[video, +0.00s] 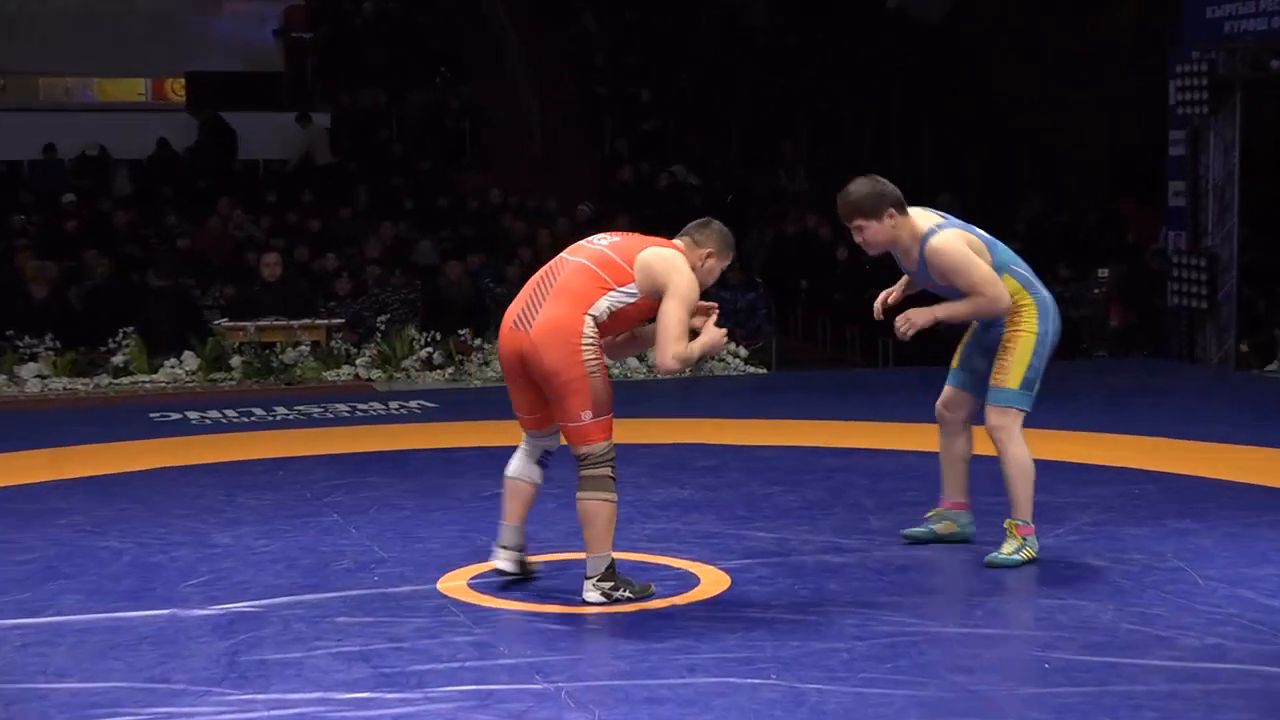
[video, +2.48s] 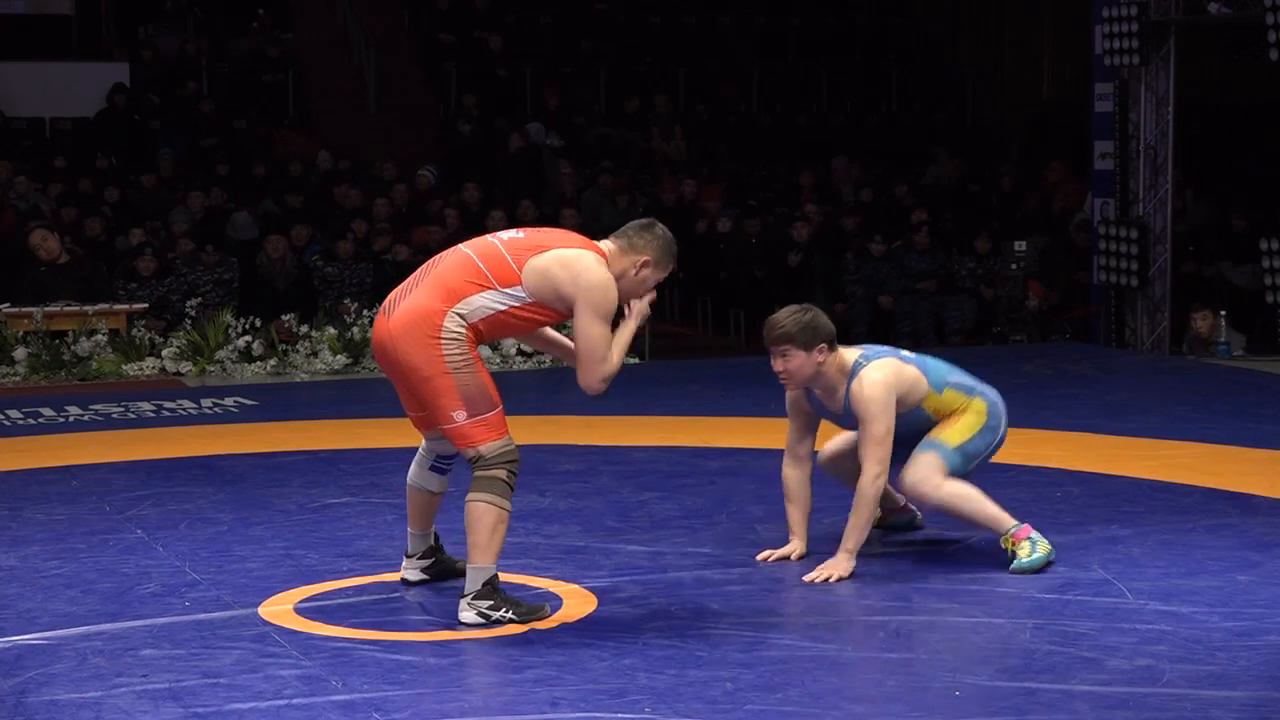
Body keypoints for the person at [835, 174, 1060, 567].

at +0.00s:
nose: (856, 238)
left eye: (860, 228)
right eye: (852, 230)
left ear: (891, 217)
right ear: (888, 218)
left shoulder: (942, 249)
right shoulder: (903, 231)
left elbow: (997, 301)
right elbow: (926, 261)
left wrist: (933, 312)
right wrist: (904, 286)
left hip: (1026, 313)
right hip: (986, 314)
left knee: (1002, 422)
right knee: (951, 411)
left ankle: (1023, 534)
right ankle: (954, 514)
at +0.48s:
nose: (838, 254)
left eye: (840, 243)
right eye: (833, 246)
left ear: (871, 230)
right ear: (868, 230)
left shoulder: (933, 245)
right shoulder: (878, 249)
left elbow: (915, 316)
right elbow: (860, 307)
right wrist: (811, 298)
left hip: (1024, 324)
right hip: (979, 334)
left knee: (989, 431)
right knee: (925, 426)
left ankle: (1029, 556)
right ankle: (908, 523)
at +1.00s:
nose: (791, 254)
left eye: (794, 244)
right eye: (784, 248)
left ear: (815, 227)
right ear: (784, 240)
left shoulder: (862, 229)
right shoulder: (811, 255)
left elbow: (822, 190)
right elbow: (776, 292)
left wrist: (768, 177)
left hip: (974, 316)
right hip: (921, 329)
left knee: (1024, 434)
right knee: (866, 416)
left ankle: (1100, 506)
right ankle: (871, 522)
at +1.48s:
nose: (769, 244)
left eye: (774, 232)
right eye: (762, 236)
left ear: (794, 223)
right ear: (759, 236)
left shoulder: (845, 238)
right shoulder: (776, 265)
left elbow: (784, 210)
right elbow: (725, 294)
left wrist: (732, 187)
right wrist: (673, 274)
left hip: (952, 312)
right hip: (897, 327)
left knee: (1001, 424)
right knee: (845, 424)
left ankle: (1057, 513)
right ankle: (836, 505)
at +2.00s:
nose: (747, 455)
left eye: (750, 449)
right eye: (737, 449)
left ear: (776, 426)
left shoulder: (823, 420)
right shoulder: (738, 379)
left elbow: (823, 512)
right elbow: (666, 416)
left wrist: (774, 563)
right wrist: (623, 468)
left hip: (916, 358)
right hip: (863, 337)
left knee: (894, 473)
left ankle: (1009, 501)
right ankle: (817, 462)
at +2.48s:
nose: (776, 366)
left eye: (784, 356)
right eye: (773, 357)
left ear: (820, 354)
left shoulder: (871, 383)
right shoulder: (803, 388)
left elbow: (873, 475)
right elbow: (796, 458)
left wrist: (845, 555)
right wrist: (797, 539)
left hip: (976, 409)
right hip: (922, 416)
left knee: (918, 481)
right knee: (833, 459)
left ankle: (1021, 536)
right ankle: (895, 510)